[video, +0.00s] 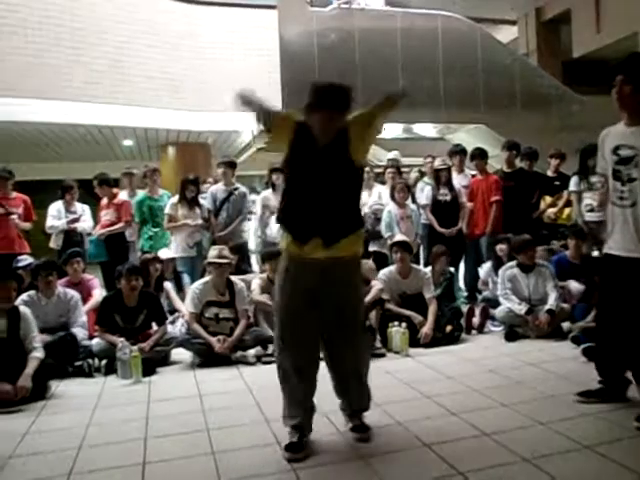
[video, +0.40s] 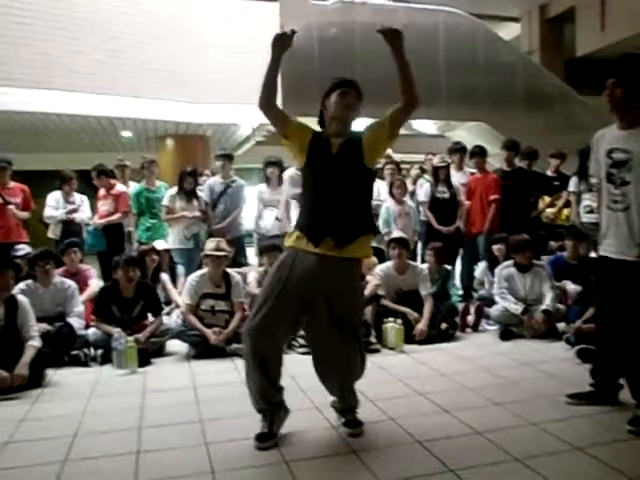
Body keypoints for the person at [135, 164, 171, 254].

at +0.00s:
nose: (154, 178)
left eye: (157, 175)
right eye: (151, 176)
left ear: (160, 177)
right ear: (146, 179)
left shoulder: (167, 196)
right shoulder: (140, 200)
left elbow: (171, 218)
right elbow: (137, 223)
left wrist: (174, 239)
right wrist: (136, 242)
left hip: (165, 240)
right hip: (147, 241)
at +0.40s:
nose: (151, 172)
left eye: (153, 168)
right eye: (148, 169)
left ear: (157, 170)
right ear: (143, 171)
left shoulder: (164, 188)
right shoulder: (137, 191)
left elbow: (168, 210)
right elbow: (135, 214)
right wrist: (133, 233)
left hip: (162, 231)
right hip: (144, 232)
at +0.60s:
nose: (142, 170)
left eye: (144, 167)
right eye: (138, 168)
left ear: (148, 169)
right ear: (133, 170)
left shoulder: (154, 187)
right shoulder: (127, 190)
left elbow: (159, 209)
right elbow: (123, 213)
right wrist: (121, 234)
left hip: (152, 231)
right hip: (134, 232)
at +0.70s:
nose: (137, 170)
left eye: (140, 166)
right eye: (134, 167)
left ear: (143, 169)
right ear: (129, 170)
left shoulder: (149, 188)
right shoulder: (123, 191)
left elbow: (154, 209)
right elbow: (120, 214)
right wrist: (118, 234)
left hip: (147, 228)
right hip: (130, 229)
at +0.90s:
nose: (135, 149)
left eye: (137, 145)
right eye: (132, 146)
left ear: (141, 148)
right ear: (127, 149)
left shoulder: (148, 166)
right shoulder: (121, 170)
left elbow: (152, 188)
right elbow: (119, 193)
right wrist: (118, 214)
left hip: (146, 209)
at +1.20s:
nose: (138, 149)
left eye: (141, 145)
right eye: (135, 146)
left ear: (144, 147)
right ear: (130, 149)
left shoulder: (151, 166)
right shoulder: (125, 170)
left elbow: (156, 188)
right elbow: (123, 192)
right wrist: (122, 214)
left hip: (150, 210)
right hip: (133, 212)